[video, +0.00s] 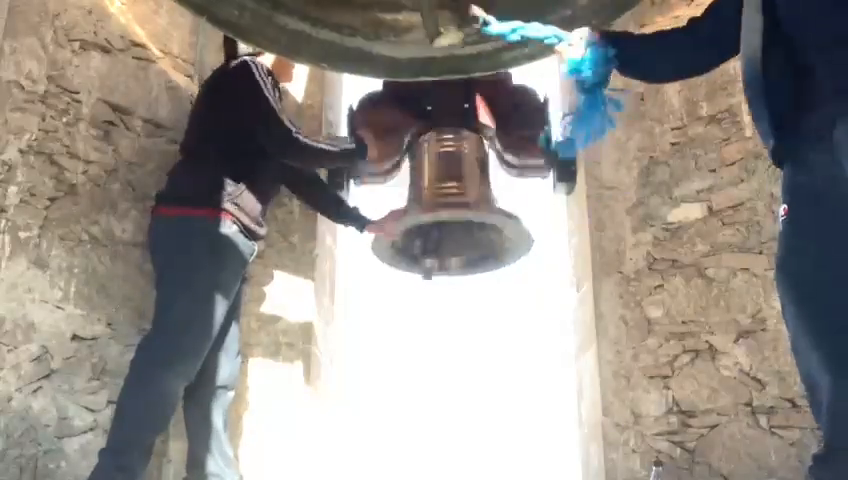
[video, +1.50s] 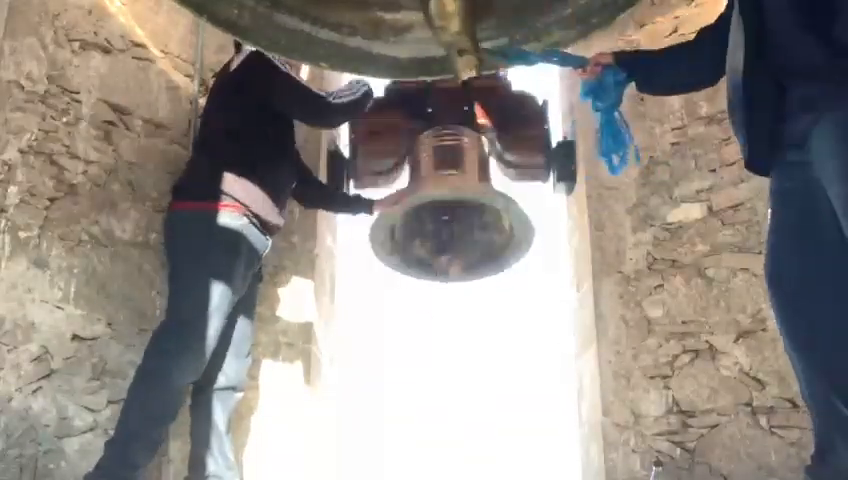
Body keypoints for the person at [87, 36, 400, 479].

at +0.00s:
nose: (303, 64)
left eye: (305, 55)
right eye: (299, 52)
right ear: (276, 46)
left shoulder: (269, 109)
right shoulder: (247, 71)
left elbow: (304, 181)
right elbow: (287, 146)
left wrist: (366, 223)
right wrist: (362, 148)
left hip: (229, 241)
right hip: (202, 229)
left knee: (217, 379)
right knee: (171, 361)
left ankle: (215, 472)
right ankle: (118, 470)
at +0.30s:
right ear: (266, 37)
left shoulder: (266, 95)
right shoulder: (249, 68)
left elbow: (279, 183)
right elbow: (329, 71)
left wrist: (318, 251)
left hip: (239, 243)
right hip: (208, 229)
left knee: (216, 382)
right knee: (176, 360)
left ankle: (213, 471)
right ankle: (118, 471)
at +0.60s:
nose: (318, 84)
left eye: (320, 74)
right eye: (316, 71)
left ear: (290, 65)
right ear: (297, 63)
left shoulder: (274, 99)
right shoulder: (267, 81)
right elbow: (292, 154)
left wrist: (279, 234)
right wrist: (361, 199)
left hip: (239, 240)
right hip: (216, 228)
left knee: (223, 378)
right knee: (184, 357)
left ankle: (217, 471)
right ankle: (119, 471)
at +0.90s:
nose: (308, 76)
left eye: (309, 69)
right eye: (306, 66)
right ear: (290, 59)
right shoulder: (262, 75)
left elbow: (271, 192)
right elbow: (309, 148)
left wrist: (320, 164)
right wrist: (366, 219)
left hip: (243, 239)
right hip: (214, 225)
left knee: (218, 379)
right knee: (181, 358)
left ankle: (215, 472)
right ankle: (117, 470)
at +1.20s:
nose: (309, 55)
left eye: (312, 47)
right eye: (307, 44)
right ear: (286, 35)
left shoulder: (271, 84)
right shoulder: (256, 67)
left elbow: (312, 149)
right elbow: (283, 145)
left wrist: (354, 93)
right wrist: (338, 194)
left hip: (250, 235)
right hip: (220, 224)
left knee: (222, 378)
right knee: (187, 359)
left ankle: (215, 472)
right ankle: (117, 470)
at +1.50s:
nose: (303, 61)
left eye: (304, 57)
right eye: (297, 53)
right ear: (275, 43)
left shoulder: (273, 119)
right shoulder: (255, 67)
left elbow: (307, 188)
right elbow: (324, 111)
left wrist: (373, 206)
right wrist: (372, 84)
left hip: (250, 241)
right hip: (216, 218)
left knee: (225, 380)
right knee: (186, 352)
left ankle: (216, 474)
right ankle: (117, 470)